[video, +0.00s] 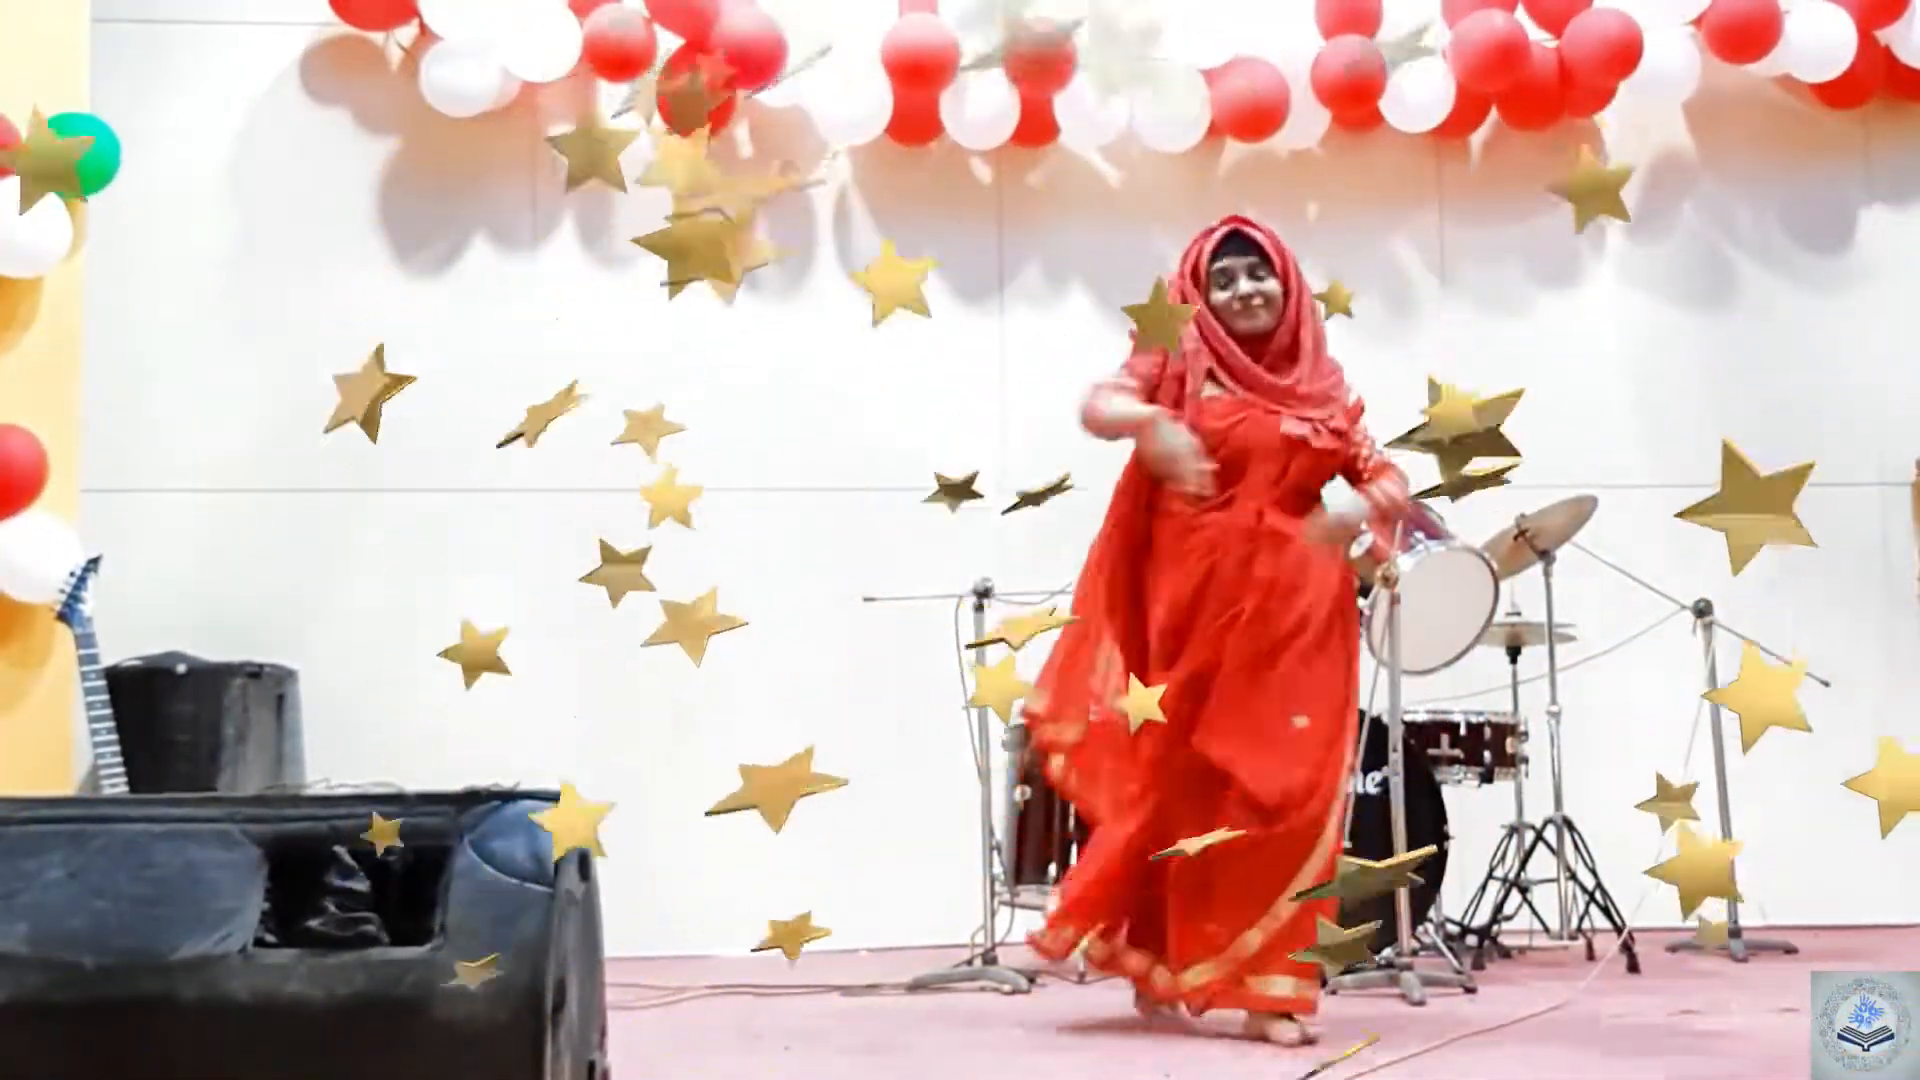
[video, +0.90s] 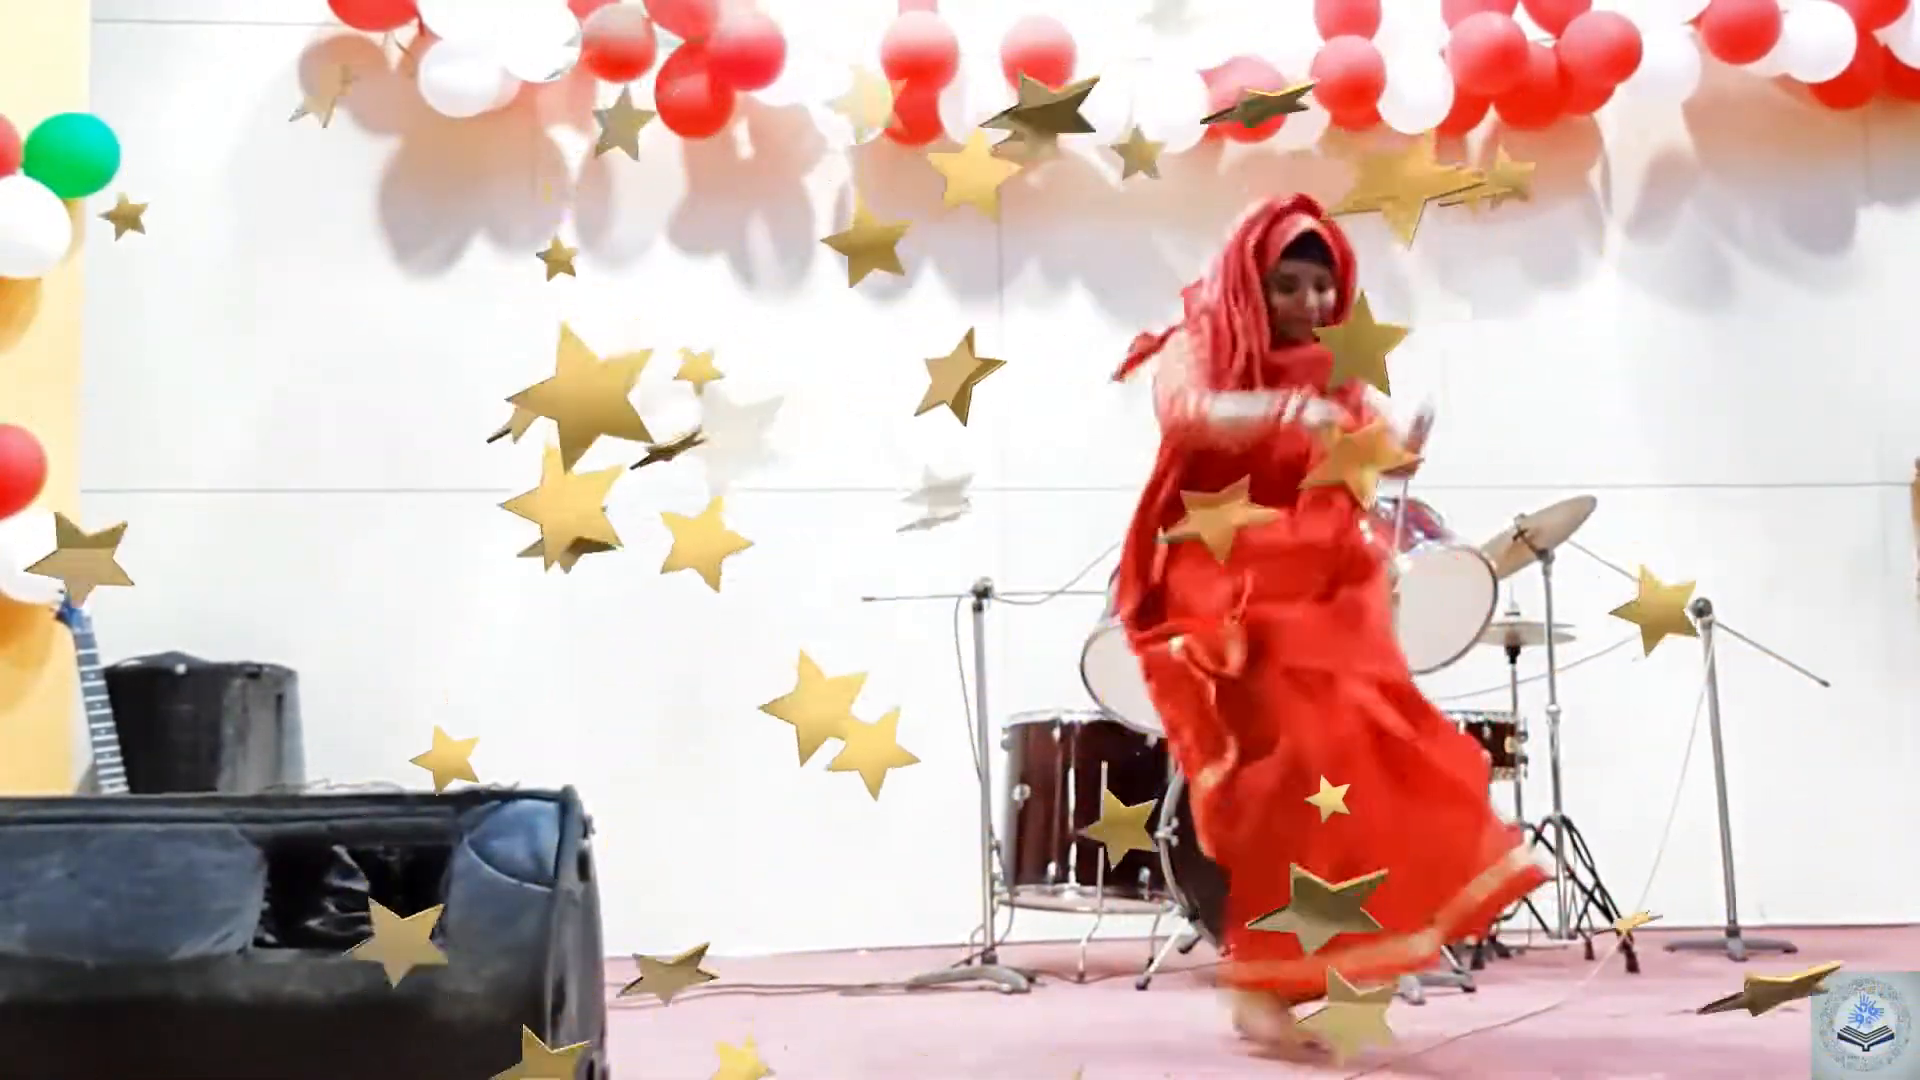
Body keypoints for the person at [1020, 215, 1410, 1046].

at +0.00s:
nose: (1245, 288)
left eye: (1257, 273)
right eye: (1226, 279)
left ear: (1286, 284)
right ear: (1201, 297)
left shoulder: (1321, 388)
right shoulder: (1177, 365)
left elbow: (1385, 476)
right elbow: (1100, 404)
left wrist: (1369, 498)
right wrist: (1153, 424)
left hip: (1294, 613)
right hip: (1191, 609)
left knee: (1290, 796)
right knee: (1183, 786)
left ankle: (1277, 994)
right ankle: (1157, 965)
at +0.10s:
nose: (1253, 301)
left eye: (1264, 285)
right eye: (1234, 293)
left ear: (1295, 294)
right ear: (1210, 310)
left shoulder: (1333, 388)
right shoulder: (1200, 377)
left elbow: (1405, 441)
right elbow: (1169, 377)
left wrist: (1369, 382)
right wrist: (1246, 351)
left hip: (1315, 602)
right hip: (1213, 602)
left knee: (1318, 793)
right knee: (1244, 773)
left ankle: (1277, 991)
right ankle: (1162, 905)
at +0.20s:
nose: (1258, 284)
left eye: (1270, 270)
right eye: (1243, 277)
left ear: (1303, 288)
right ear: (1227, 305)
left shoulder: (1342, 383)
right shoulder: (1212, 377)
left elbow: (1416, 358)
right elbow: (1185, 305)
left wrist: (1406, 270)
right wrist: (1237, 227)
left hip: (1322, 603)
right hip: (1224, 601)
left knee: (1351, 759)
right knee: (1288, 751)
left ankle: (1280, 963)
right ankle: (1238, 942)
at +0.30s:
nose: (1257, 260)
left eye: (1269, 246)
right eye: (1240, 257)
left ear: (1311, 262)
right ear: (1225, 284)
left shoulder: (1366, 352)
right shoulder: (1227, 344)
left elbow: (1444, 319)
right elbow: (1174, 276)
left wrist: (1458, 219)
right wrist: (1181, 167)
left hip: (1347, 593)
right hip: (1251, 594)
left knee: (1408, 740)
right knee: (1335, 763)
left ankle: (1291, 941)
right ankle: (1290, 977)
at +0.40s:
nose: (1262, 265)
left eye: (1274, 251)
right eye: (1241, 264)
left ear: (1314, 267)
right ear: (1225, 298)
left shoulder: (1391, 352)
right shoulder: (1238, 357)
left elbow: (1482, 338)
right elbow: (1172, 329)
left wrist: (1502, 238)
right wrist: (1134, 244)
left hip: (1397, 582)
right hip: (1290, 584)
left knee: (1390, 779)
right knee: (1348, 783)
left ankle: (1285, 972)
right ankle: (1394, 1012)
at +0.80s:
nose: (1316, 254)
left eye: (1326, 240)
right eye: (1297, 240)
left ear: (1339, 255)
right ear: (1252, 249)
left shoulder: (1357, 345)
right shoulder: (1220, 331)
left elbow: (1437, 373)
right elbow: (1188, 322)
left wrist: (1429, 328)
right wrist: (1265, 287)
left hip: (1355, 574)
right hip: (1259, 577)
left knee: (1377, 758)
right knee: (1357, 758)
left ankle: (1279, 967)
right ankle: (1358, 982)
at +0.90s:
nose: (1307, 306)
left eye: (1322, 288)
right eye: (1287, 286)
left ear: (1338, 293)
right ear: (1246, 287)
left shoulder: (1333, 380)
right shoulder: (1193, 351)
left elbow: (1372, 438)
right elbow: (1190, 416)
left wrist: (1389, 446)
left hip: (1321, 589)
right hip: (1212, 584)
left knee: (1357, 753)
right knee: (1291, 755)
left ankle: (1345, 978)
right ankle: (1258, 980)